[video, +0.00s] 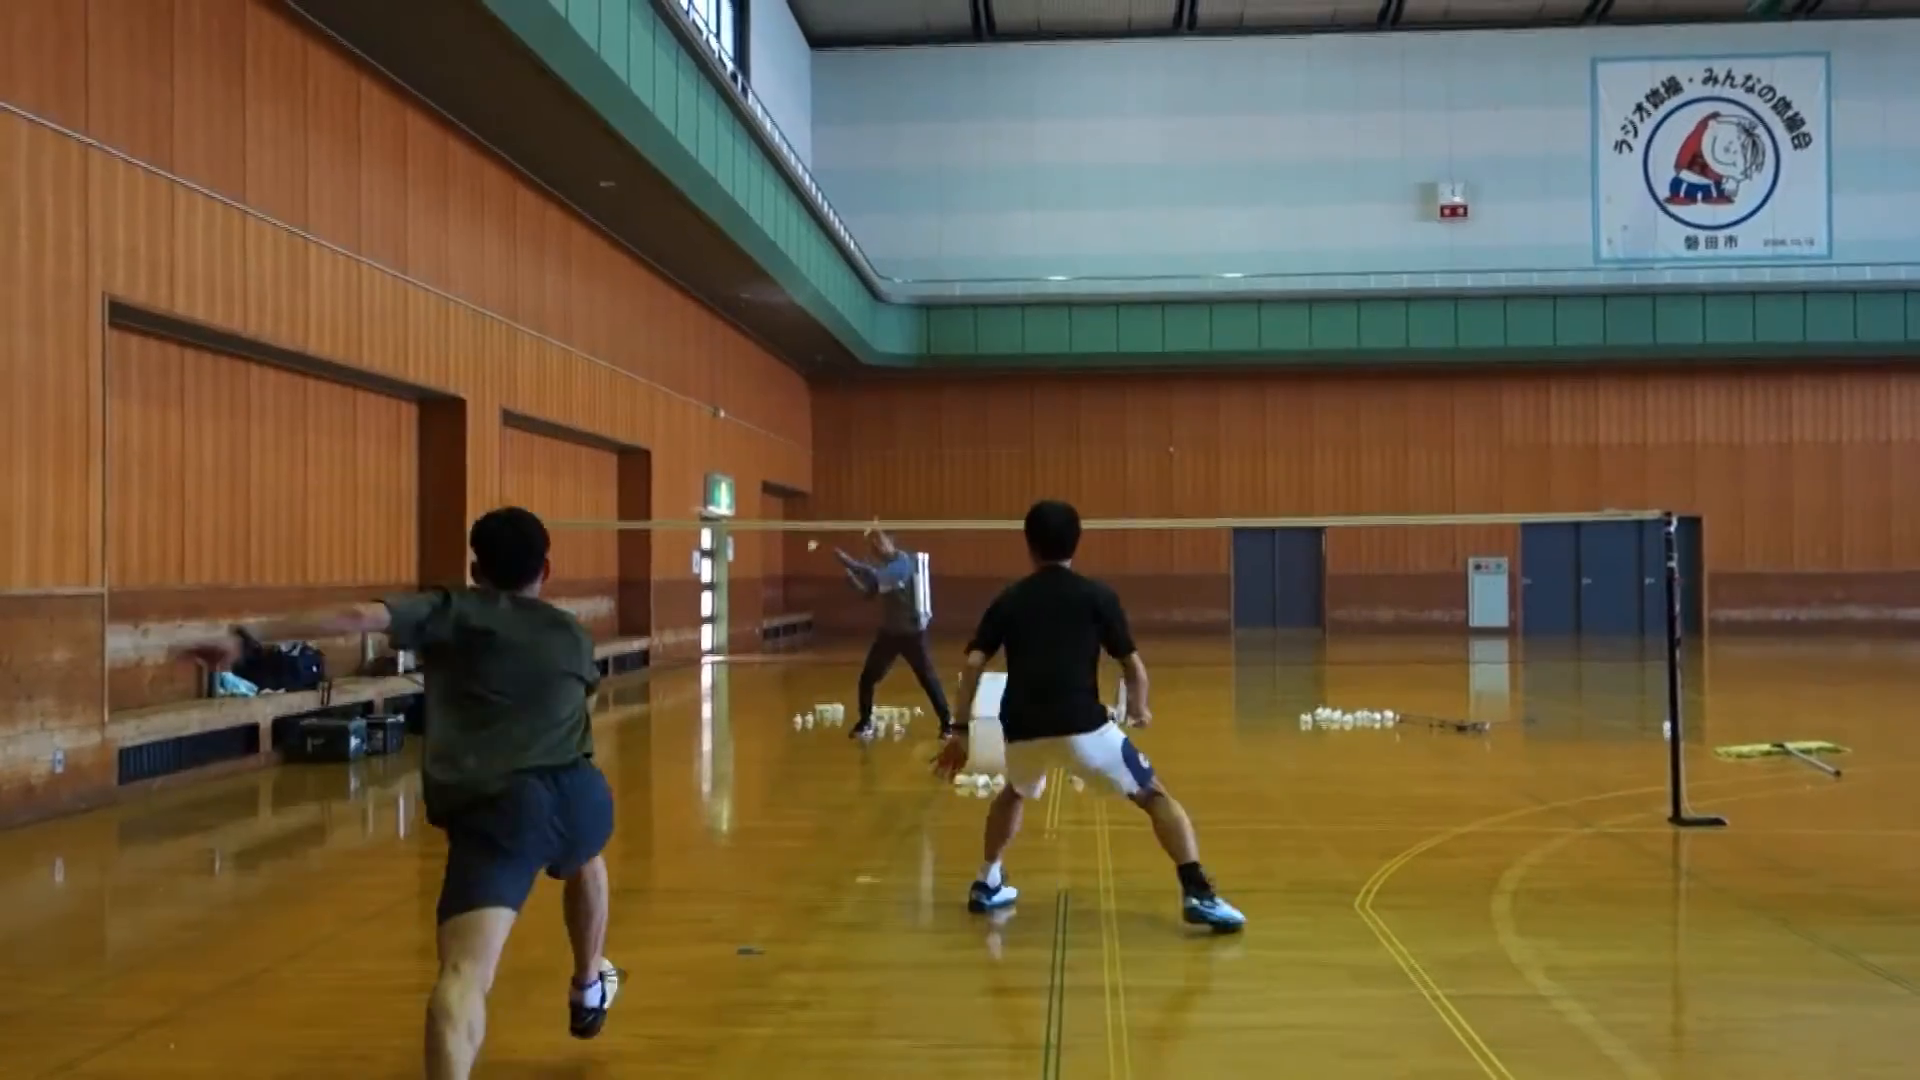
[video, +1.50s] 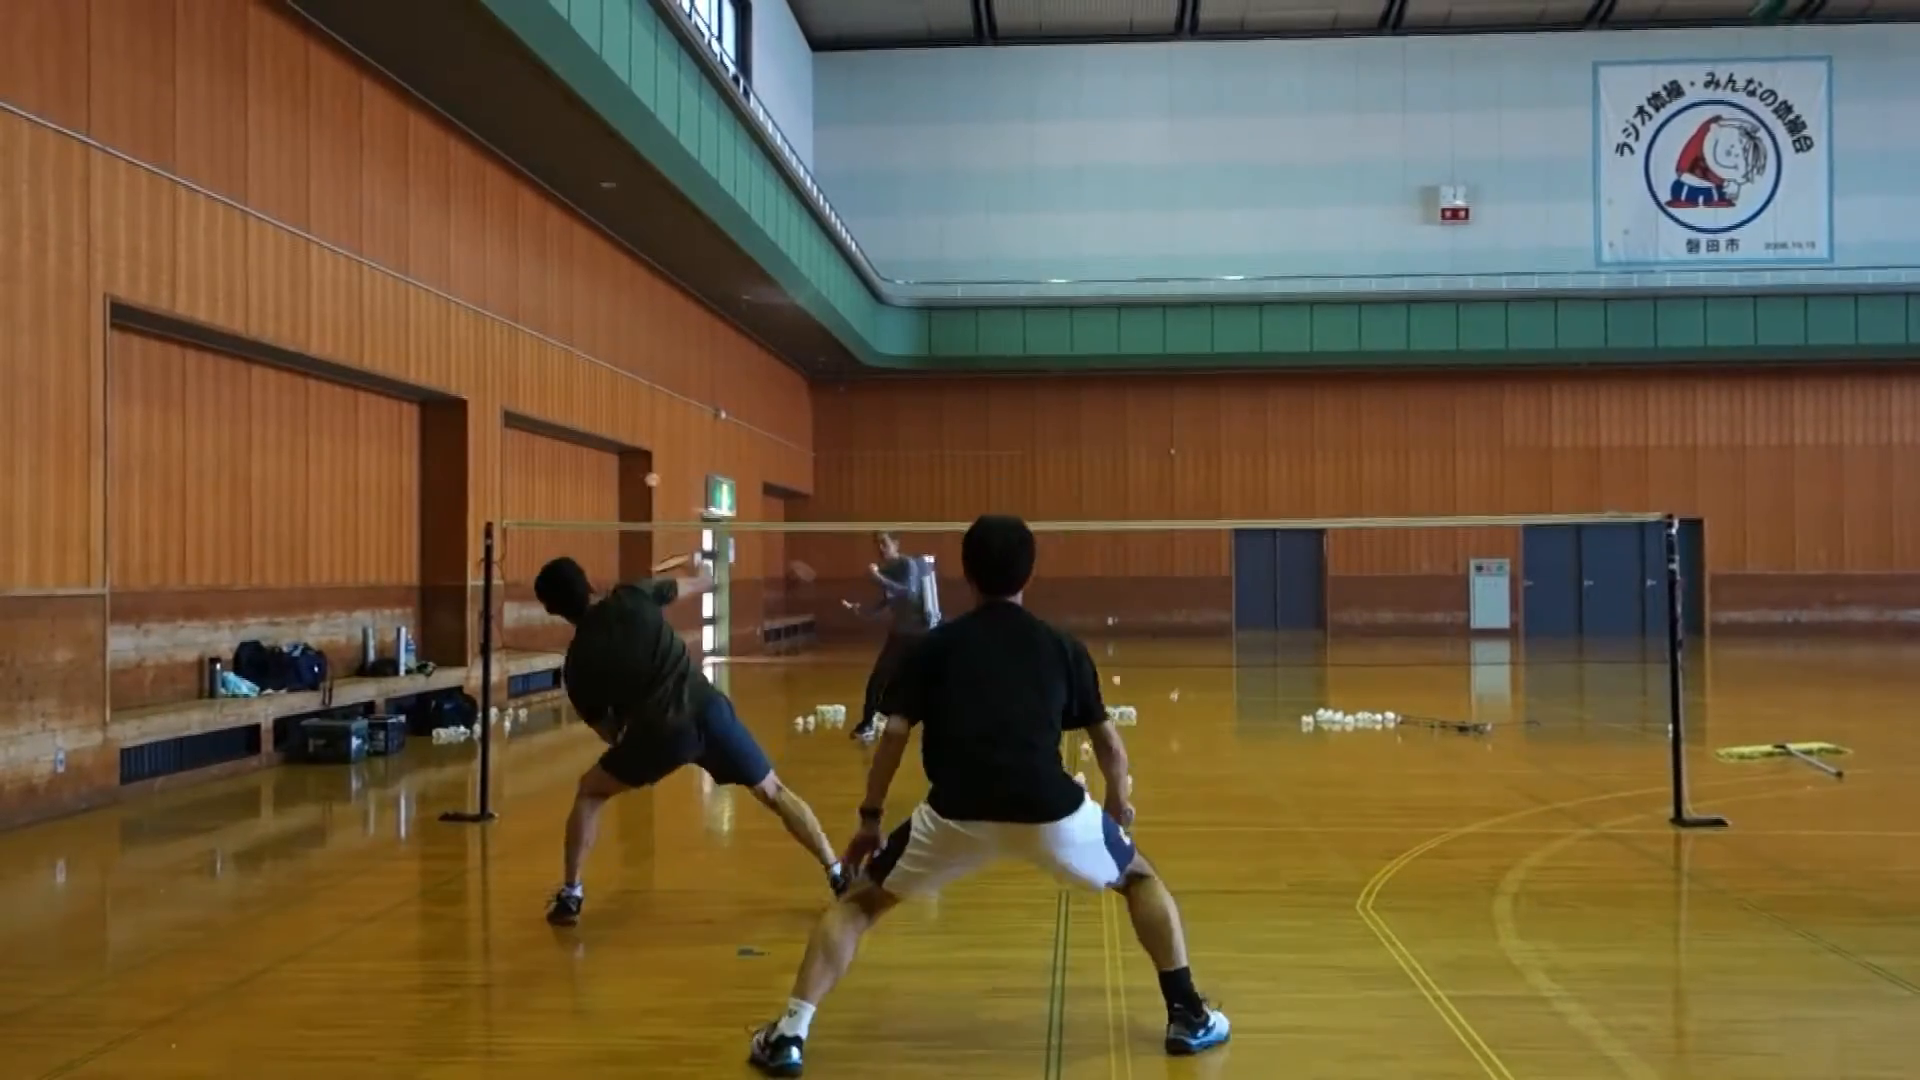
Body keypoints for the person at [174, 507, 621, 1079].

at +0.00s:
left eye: (476, 558)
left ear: (476, 568)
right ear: (544, 571)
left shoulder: (453, 612)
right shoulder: (569, 631)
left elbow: (357, 620)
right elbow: (587, 686)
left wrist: (251, 641)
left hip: (495, 807)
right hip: (575, 797)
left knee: (464, 973)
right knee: (586, 862)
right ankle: (590, 989)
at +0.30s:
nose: (504, 539)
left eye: (504, 531)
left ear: (510, 536)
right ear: (568, 535)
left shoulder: (513, 582)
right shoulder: (595, 583)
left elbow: (510, 643)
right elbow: (643, 665)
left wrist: (484, 739)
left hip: (600, 753)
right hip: (651, 742)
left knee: (515, 890)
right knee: (590, 844)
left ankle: (602, 1016)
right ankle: (636, 967)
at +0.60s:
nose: (568, 526)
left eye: (570, 519)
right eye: (577, 517)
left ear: (574, 528)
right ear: (625, 524)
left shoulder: (574, 583)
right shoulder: (648, 577)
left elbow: (511, 638)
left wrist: (438, 628)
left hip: (627, 746)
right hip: (676, 734)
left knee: (561, 858)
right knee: (639, 814)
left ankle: (610, 974)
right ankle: (673, 923)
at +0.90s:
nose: (601, 529)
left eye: (602, 523)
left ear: (604, 530)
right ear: (652, 527)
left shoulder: (609, 579)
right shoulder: (685, 578)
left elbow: (594, 637)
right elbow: (704, 645)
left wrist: (561, 697)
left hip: (655, 717)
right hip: (708, 715)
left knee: (587, 817)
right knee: (665, 795)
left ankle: (620, 911)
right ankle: (651, 904)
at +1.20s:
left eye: (616, 556)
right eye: (660, 545)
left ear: (617, 560)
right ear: (661, 550)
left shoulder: (620, 620)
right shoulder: (703, 589)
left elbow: (592, 690)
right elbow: (774, 619)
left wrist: (565, 734)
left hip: (669, 736)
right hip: (730, 726)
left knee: (622, 804)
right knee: (787, 804)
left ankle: (575, 895)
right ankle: (805, 902)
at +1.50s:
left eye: (550, 606)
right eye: (584, 577)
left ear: (555, 612)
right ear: (587, 583)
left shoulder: (578, 666)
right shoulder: (634, 595)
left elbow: (608, 730)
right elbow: (700, 584)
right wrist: (695, 567)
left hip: (660, 734)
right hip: (708, 710)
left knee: (591, 792)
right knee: (775, 791)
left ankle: (571, 891)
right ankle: (837, 872)